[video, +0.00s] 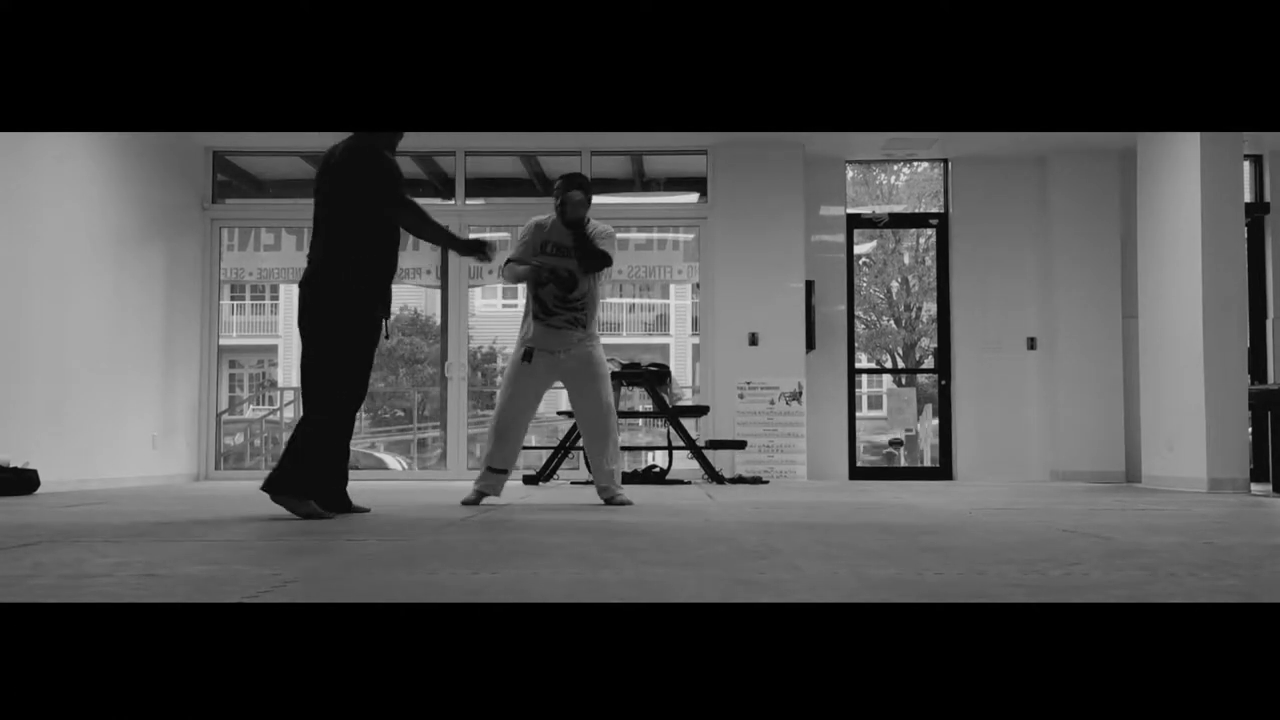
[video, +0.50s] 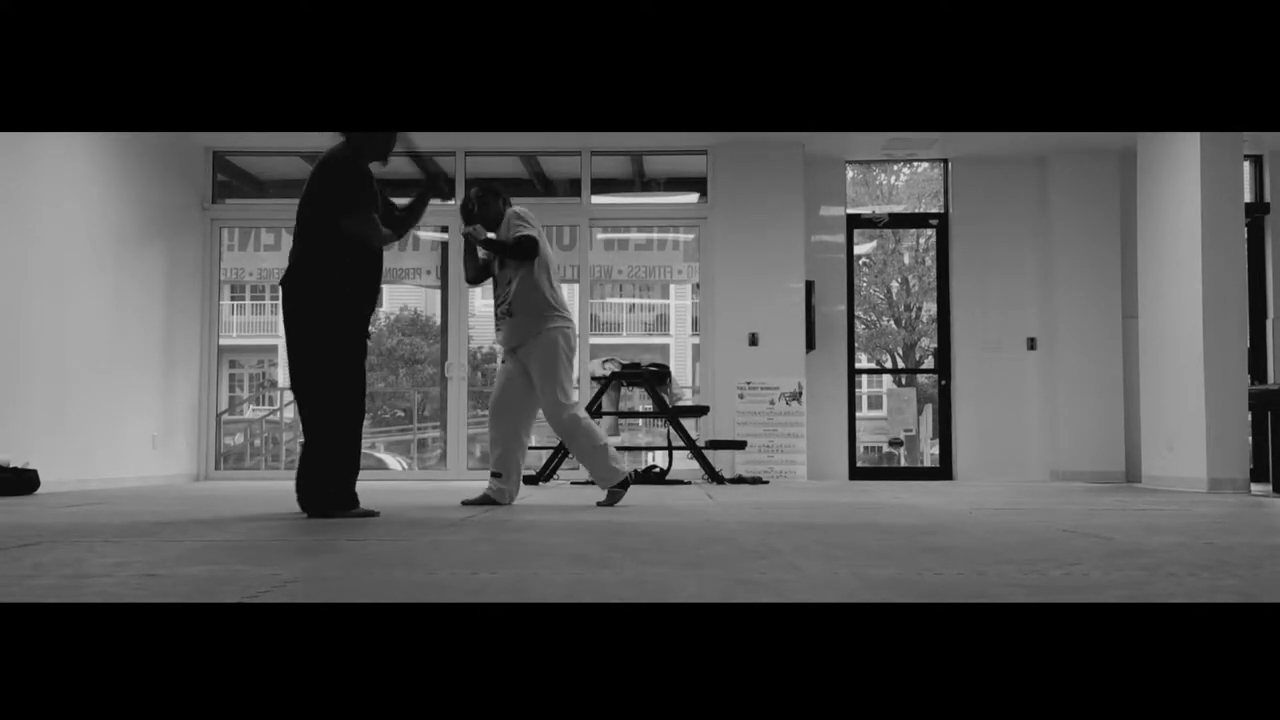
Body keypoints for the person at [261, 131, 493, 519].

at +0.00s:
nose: (400, 143)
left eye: (400, 137)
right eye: (400, 137)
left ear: (364, 130)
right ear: (390, 134)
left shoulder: (337, 158)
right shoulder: (378, 164)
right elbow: (412, 218)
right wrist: (463, 245)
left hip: (324, 293)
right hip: (350, 298)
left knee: (334, 395)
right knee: (340, 395)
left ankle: (331, 492)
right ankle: (289, 483)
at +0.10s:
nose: (397, 138)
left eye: (397, 134)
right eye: (395, 133)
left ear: (363, 129)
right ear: (380, 131)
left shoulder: (346, 159)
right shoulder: (360, 165)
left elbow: (387, 190)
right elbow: (407, 221)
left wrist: (418, 168)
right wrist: (466, 231)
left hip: (332, 297)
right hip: (340, 299)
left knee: (336, 392)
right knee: (339, 393)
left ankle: (325, 490)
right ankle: (314, 489)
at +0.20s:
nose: (393, 143)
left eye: (392, 138)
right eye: (391, 137)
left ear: (359, 130)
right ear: (379, 134)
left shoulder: (347, 162)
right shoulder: (355, 162)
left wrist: (448, 215)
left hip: (324, 297)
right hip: (332, 299)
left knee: (331, 395)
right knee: (339, 395)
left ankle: (330, 498)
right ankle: (333, 500)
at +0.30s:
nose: (394, 141)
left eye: (395, 136)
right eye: (393, 135)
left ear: (363, 132)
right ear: (379, 133)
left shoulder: (366, 166)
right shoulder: (350, 165)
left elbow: (408, 207)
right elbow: (357, 234)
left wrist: (456, 240)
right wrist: (388, 227)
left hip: (337, 301)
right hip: (324, 301)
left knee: (342, 392)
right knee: (343, 392)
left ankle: (333, 498)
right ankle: (332, 500)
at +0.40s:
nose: (396, 142)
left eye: (397, 136)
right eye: (393, 135)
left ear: (368, 135)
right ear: (375, 133)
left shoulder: (367, 171)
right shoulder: (345, 166)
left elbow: (396, 219)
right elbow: (361, 232)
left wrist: (429, 236)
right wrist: (388, 230)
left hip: (341, 303)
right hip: (324, 303)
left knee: (348, 391)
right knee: (340, 391)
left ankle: (334, 497)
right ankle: (331, 498)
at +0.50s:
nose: (393, 146)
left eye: (393, 140)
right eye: (390, 138)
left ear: (364, 135)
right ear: (372, 135)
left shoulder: (355, 171)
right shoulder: (343, 168)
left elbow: (394, 227)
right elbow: (373, 235)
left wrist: (426, 193)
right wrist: (388, 228)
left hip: (339, 305)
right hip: (325, 305)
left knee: (338, 399)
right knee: (334, 399)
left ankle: (328, 497)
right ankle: (329, 499)